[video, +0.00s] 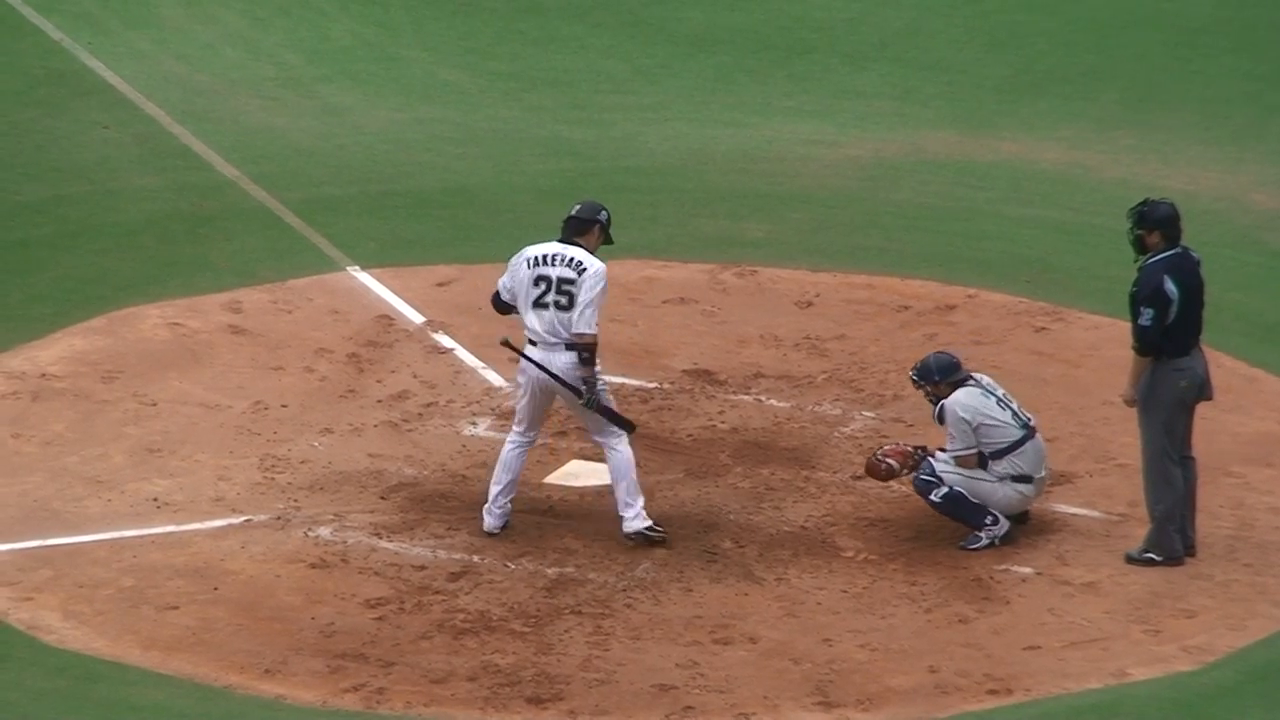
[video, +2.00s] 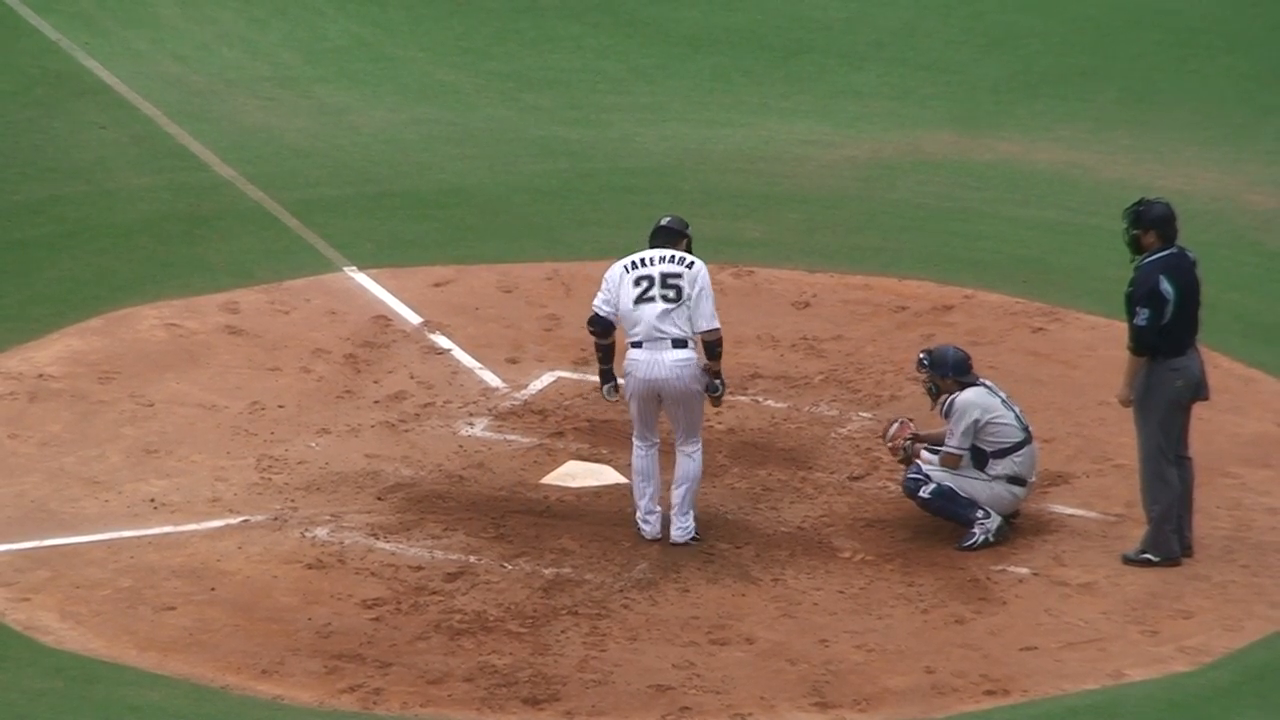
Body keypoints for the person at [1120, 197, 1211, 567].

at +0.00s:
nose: (1136, 235)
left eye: (1141, 230)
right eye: (1138, 228)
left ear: (1154, 236)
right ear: (1169, 232)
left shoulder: (1152, 276)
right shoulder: (1188, 260)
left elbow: (1145, 343)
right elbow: (1189, 321)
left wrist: (1132, 385)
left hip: (1166, 372)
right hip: (1191, 364)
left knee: (1160, 459)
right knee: (1179, 454)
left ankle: (1164, 544)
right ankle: (1181, 535)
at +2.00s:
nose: (1132, 235)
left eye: (1137, 230)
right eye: (1134, 228)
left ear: (1150, 235)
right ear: (1165, 232)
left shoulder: (1148, 275)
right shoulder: (1184, 260)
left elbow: (1141, 342)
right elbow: (1186, 321)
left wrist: (1127, 385)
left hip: (1162, 372)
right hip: (1187, 364)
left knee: (1157, 459)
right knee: (1176, 455)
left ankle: (1161, 544)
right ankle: (1178, 536)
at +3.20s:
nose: (1133, 236)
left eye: (1137, 230)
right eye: (1134, 229)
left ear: (1149, 235)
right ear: (1167, 232)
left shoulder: (1148, 275)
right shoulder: (1185, 260)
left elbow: (1140, 340)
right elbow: (1187, 321)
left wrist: (1126, 383)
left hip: (1162, 371)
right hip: (1189, 364)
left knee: (1154, 458)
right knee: (1176, 454)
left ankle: (1160, 545)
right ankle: (1179, 537)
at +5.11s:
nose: (1089, 239)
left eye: (1094, 234)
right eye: (1091, 232)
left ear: (1107, 238)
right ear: (1121, 236)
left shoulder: (1108, 276)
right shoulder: (1138, 262)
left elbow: (1103, 343)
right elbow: (1141, 322)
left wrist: (1090, 386)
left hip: (1121, 373)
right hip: (1143, 364)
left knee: (1105, 457)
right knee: (1126, 437)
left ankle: (1105, 555)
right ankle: (1141, 512)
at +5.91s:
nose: (1088, 237)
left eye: (1093, 232)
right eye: (1090, 230)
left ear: (1105, 238)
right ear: (1120, 235)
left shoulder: (1105, 278)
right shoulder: (1139, 263)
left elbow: (1101, 344)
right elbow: (1141, 322)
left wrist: (1088, 387)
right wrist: (1141, 361)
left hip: (1120, 373)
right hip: (1143, 365)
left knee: (1105, 458)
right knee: (1136, 443)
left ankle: (1101, 554)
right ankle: (1145, 512)